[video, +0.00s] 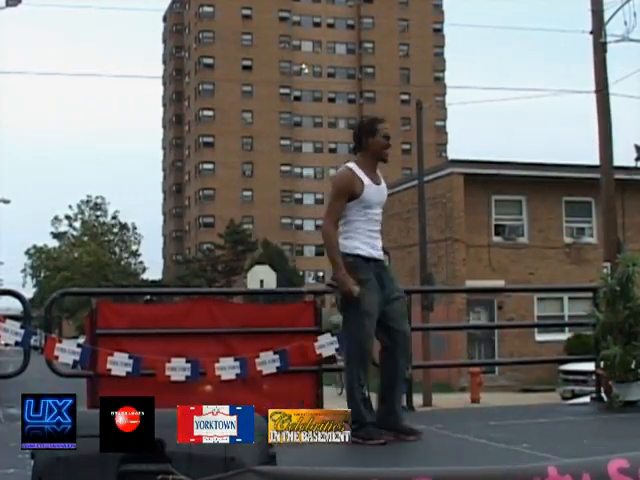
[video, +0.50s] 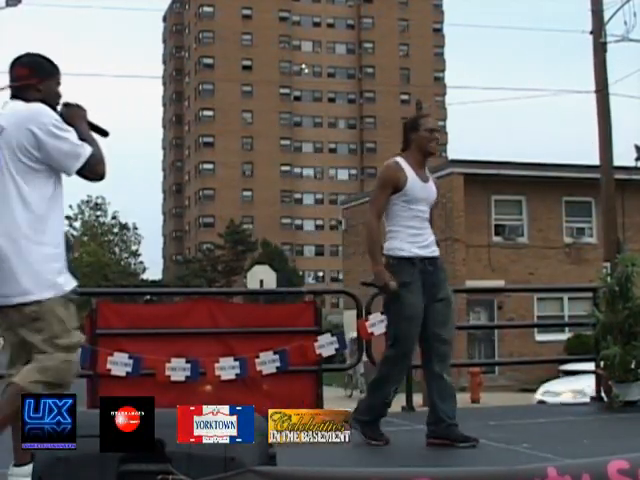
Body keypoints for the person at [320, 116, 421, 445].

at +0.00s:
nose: (390, 143)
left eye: (390, 138)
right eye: (384, 138)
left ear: (376, 144)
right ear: (366, 142)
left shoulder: (379, 178)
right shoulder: (347, 177)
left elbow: (372, 228)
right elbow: (328, 226)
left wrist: (383, 267)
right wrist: (341, 272)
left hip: (380, 266)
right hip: (356, 266)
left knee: (398, 338)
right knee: (359, 346)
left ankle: (389, 417)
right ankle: (361, 424)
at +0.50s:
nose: (436, 137)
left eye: (438, 132)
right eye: (429, 131)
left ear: (436, 139)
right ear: (411, 137)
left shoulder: (430, 180)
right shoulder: (393, 170)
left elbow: (428, 227)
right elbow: (372, 217)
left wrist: (436, 261)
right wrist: (378, 266)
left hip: (432, 265)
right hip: (403, 265)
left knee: (439, 348)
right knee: (403, 347)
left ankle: (442, 426)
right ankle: (367, 417)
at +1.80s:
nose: (510, 110)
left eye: (511, 105)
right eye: (501, 105)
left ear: (511, 113)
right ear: (480, 113)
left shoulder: (512, 158)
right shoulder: (463, 154)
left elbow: (505, 212)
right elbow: (444, 210)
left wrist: (516, 254)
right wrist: (450, 265)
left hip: (510, 259)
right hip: (473, 259)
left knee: (523, 348)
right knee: (474, 352)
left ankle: (544, 439)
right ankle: (469, 440)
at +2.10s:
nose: (533, 101)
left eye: (538, 96)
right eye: (524, 96)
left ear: (544, 104)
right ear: (508, 105)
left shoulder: (550, 155)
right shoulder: (490, 144)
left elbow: (554, 209)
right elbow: (465, 196)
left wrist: (559, 255)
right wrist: (473, 244)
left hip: (543, 258)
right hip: (501, 256)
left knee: (546, 352)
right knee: (500, 342)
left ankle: (546, 443)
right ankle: (477, 423)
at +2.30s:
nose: (536, 100)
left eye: (542, 93)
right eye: (528, 94)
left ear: (552, 99)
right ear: (515, 100)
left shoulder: (566, 147)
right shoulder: (496, 139)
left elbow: (586, 201)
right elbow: (468, 188)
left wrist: (600, 253)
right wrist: (491, 193)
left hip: (548, 256)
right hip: (503, 254)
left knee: (549, 351)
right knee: (502, 348)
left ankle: (546, 443)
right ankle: (495, 442)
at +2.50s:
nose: (526, 101)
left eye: (533, 94)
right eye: (518, 95)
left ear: (545, 97)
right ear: (507, 100)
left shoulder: (566, 142)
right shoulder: (493, 136)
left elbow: (595, 194)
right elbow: (473, 187)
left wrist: (615, 242)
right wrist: (508, 144)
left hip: (549, 254)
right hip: (503, 252)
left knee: (549, 350)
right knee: (504, 348)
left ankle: (547, 443)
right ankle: (509, 448)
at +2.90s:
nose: (506, 90)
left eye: (511, 83)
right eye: (497, 85)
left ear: (520, 86)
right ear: (481, 92)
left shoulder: (540, 131)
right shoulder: (470, 129)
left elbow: (553, 192)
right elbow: (469, 179)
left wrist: (570, 250)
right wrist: (497, 129)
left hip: (541, 249)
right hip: (493, 251)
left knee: (570, 337)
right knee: (500, 350)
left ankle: (556, 427)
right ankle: (509, 449)